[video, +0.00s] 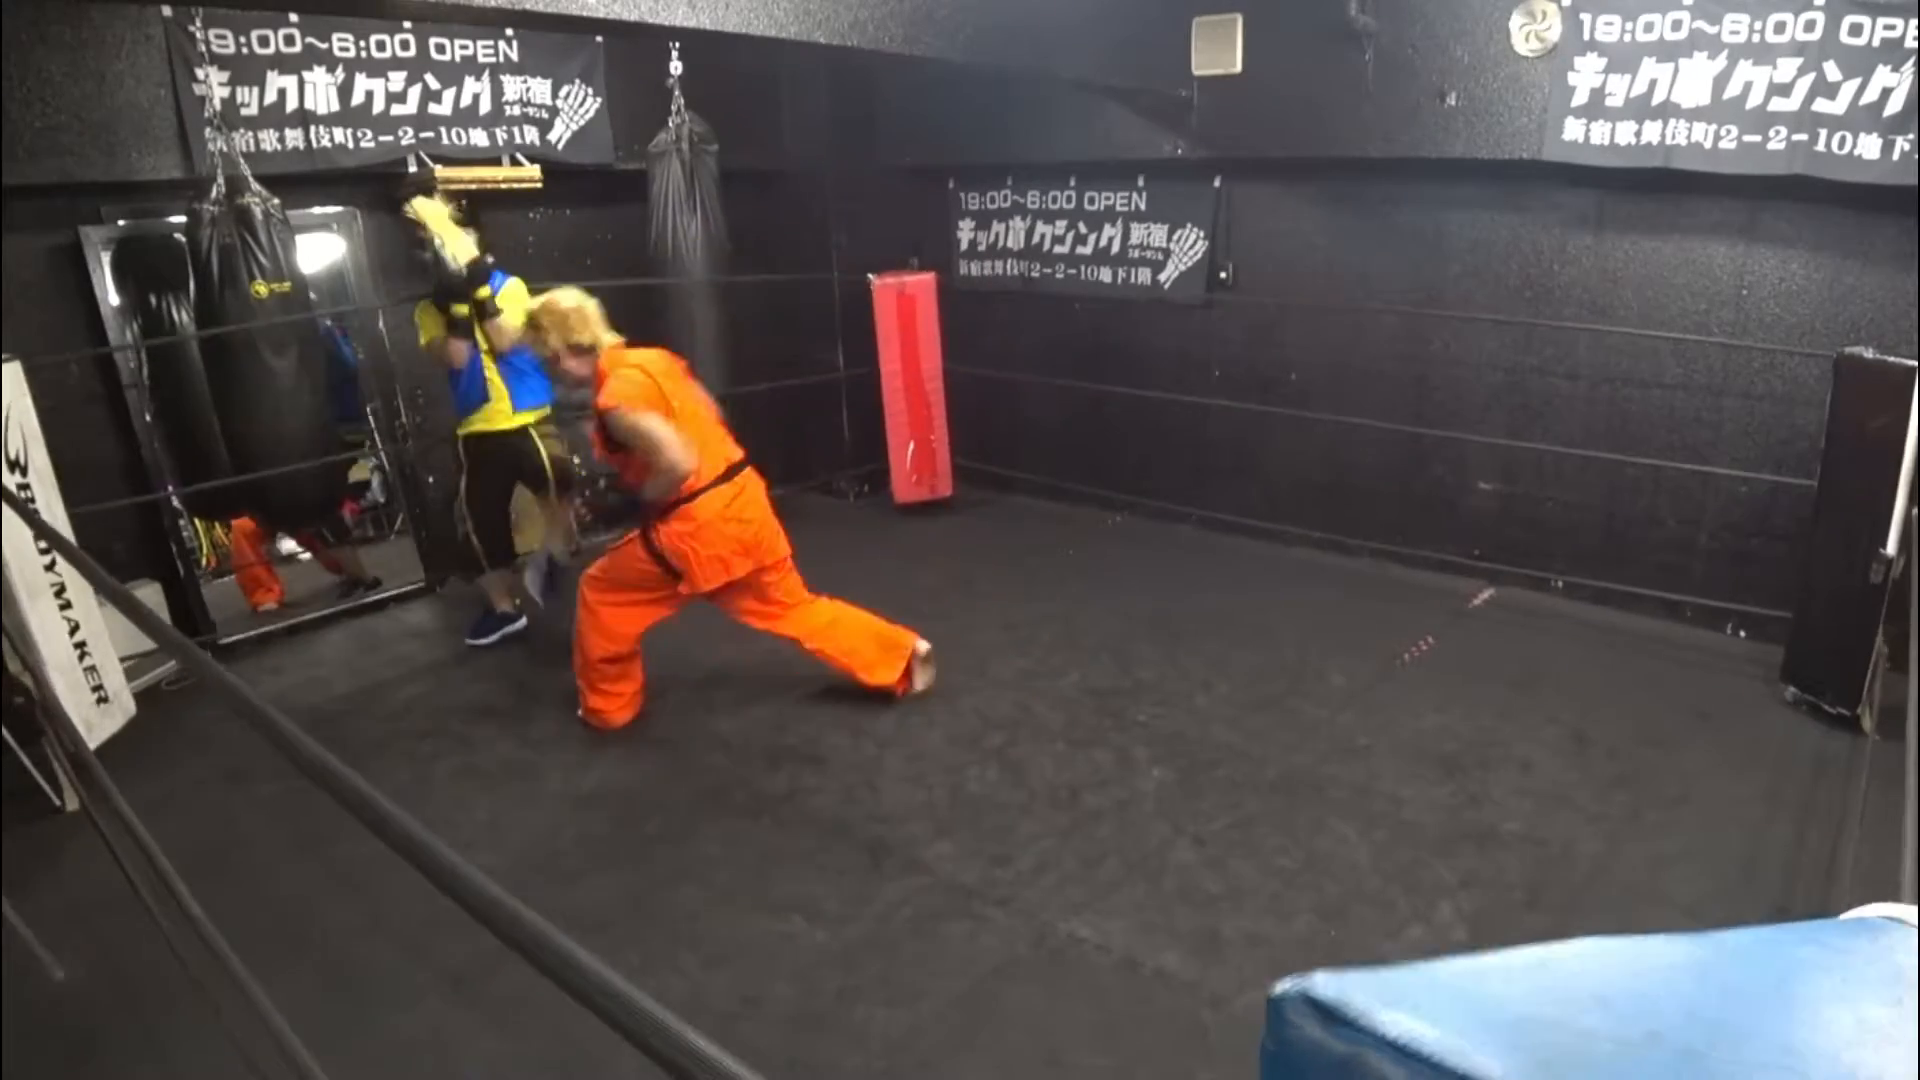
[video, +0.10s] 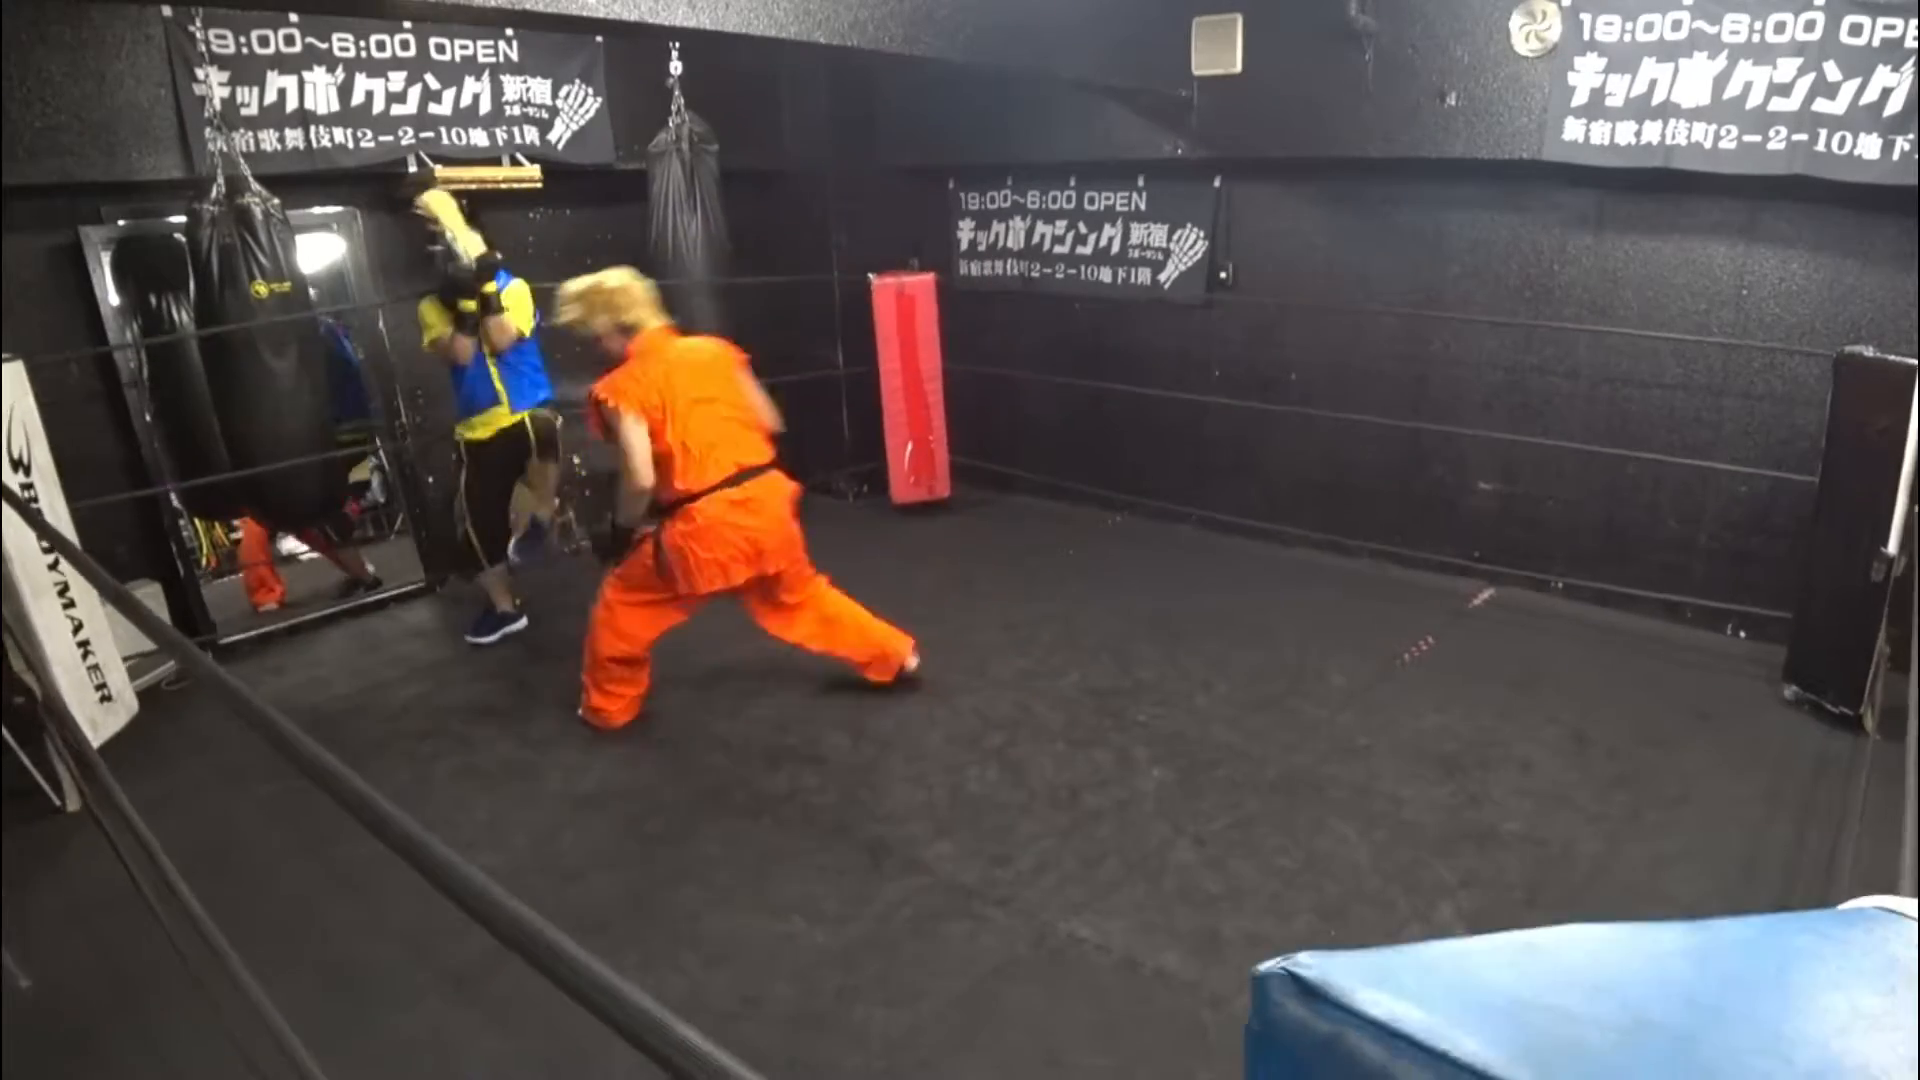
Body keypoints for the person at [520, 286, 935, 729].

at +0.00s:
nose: (552, 371)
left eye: (550, 360)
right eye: (547, 362)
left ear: (569, 349)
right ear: (593, 332)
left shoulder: (614, 398)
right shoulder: (656, 358)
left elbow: (676, 459)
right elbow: (708, 415)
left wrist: (645, 499)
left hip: (700, 527)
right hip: (748, 498)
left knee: (603, 589)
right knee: (790, 605)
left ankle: (608, 705)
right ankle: (903, 653)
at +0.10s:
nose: (594, 345)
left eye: (594, 334)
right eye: (590, 335)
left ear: (612, 327)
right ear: (650, 309)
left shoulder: (621, 387)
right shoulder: (717, 351)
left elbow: (641, 479)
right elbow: (769, 419)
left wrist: (621, 529)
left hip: (706, 525)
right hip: (770, 497)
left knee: (623, 598)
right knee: (797, 592)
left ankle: (609, 705)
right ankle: (895, 655)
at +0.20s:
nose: (660, 324)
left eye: (661, 313)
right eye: (656, 314)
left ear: (679, 305)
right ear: (716, 291)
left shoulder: (674, 365)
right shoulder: (782, 336)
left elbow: (651, 462)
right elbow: (820, 404)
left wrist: (632, 528)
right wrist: (780, 444)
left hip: (732, 512)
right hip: (804, 496)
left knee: (665, 605)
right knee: (830, 585)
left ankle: (610, 701)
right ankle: (900, 673)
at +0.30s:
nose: (716, 300)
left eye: (717, 289)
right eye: (713, 290)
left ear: (738, 278)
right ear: (774, 269)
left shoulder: (721, 341)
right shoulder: (831, 318)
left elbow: (672, 430)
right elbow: (878, 372)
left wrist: (651, 476)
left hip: (766, 497)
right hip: (838, 486)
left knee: (706, 603)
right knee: (853, 581)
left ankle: (641, 698)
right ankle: (904, 676)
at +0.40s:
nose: (747, 271)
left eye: (748, 260)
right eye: (746, 261)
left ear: (764, 254)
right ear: (809, 246)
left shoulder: (749, 313)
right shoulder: (860, 297)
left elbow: (681, 394)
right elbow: (933, 352)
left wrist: (650, 422)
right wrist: (869, 355)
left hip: (790, 472)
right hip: (864, 465)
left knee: (739, 590)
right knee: (871, 575)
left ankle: (710, 714)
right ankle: (906, 680)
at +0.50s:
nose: (768, 252)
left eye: (770, 241)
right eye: (767, 242)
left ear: (790, 236)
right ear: (833, 230)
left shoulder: (767, 296)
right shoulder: (886, 284)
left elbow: (695, 364)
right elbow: (973, 341)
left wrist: (668, 360)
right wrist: (965, 356)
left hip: (817, 462)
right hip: (890, 456)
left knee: (776, 588)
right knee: (888, 567)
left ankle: (811, 721)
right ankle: (908, 678)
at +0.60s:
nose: (789, 250)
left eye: (792, 239)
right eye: (788, 240)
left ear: (811, 235)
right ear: (857, 230)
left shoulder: (785, 300)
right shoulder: (913, 286)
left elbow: (711, 359)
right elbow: (992, 352)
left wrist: (681, 336)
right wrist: (988, 372)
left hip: (841, 472)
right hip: (913, 462)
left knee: (819, 596)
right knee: (907, 572)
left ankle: (897, 727)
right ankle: (915, 682)